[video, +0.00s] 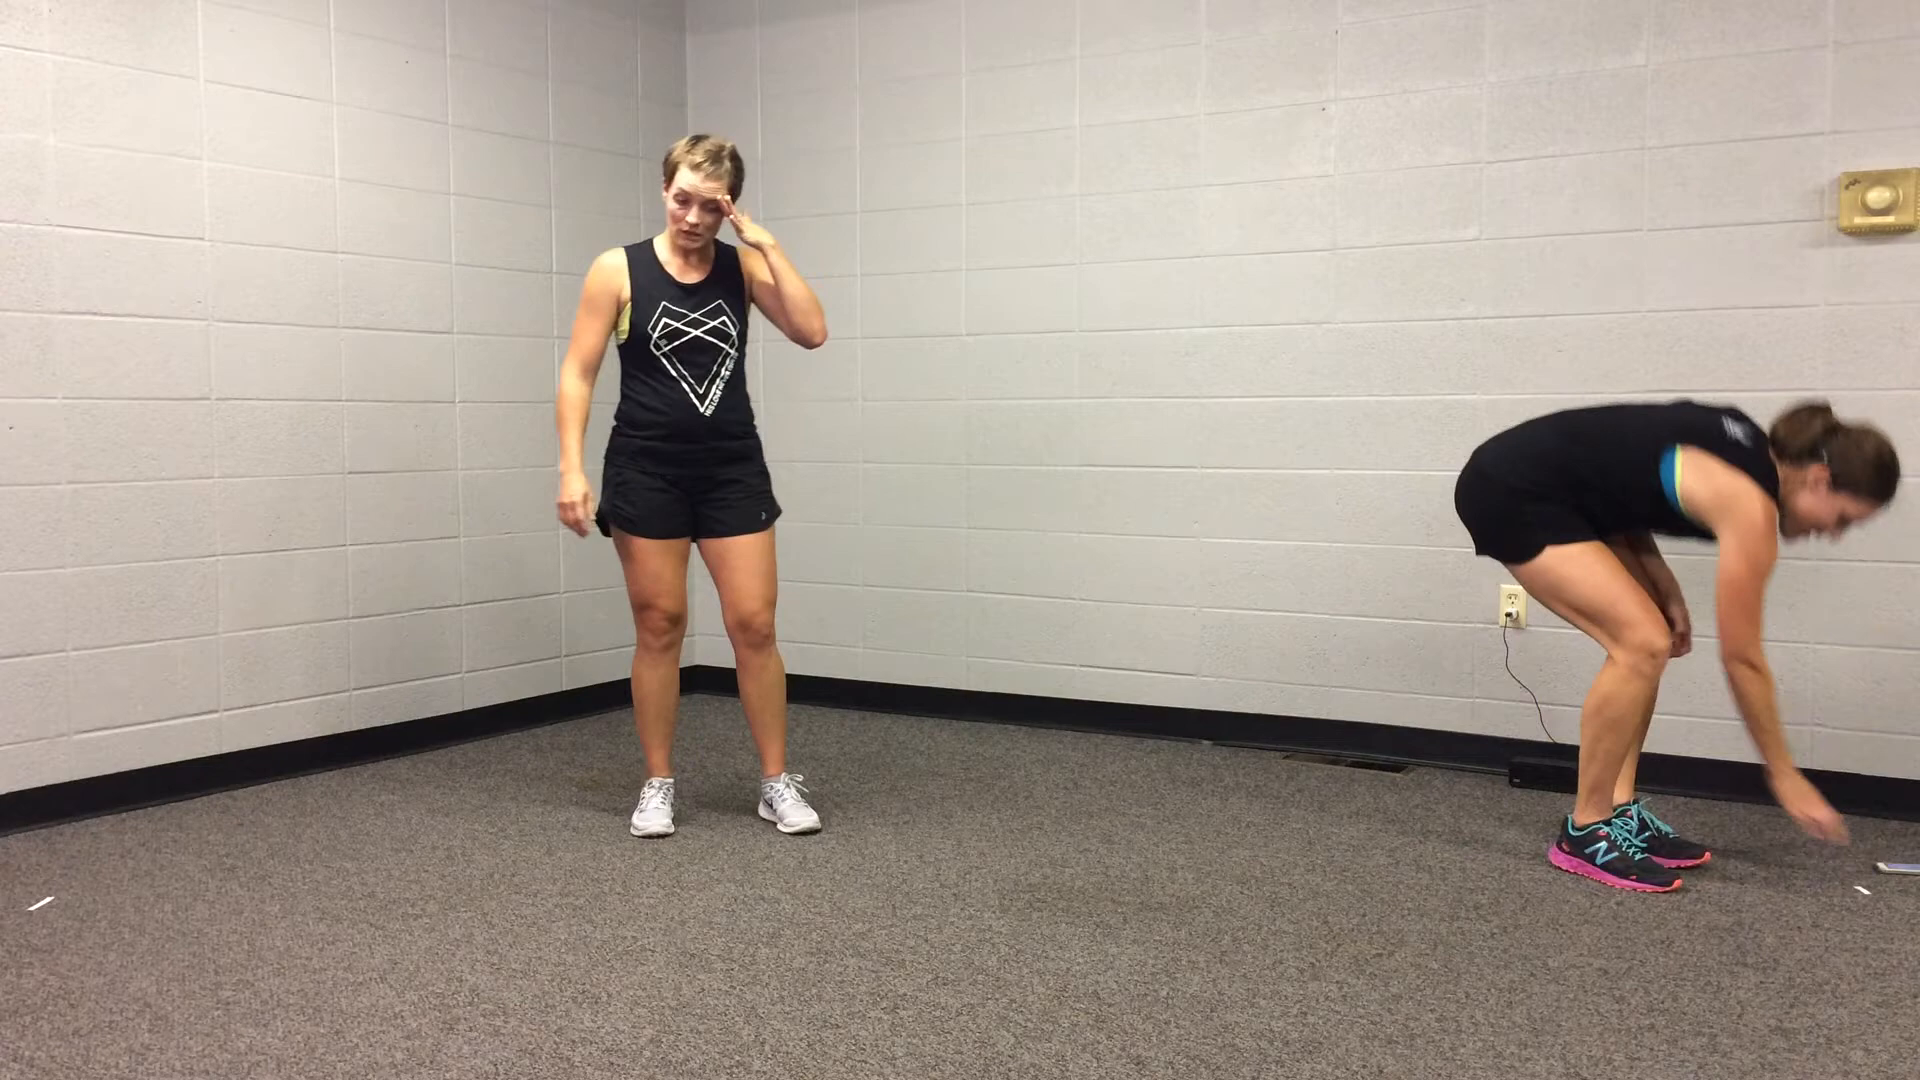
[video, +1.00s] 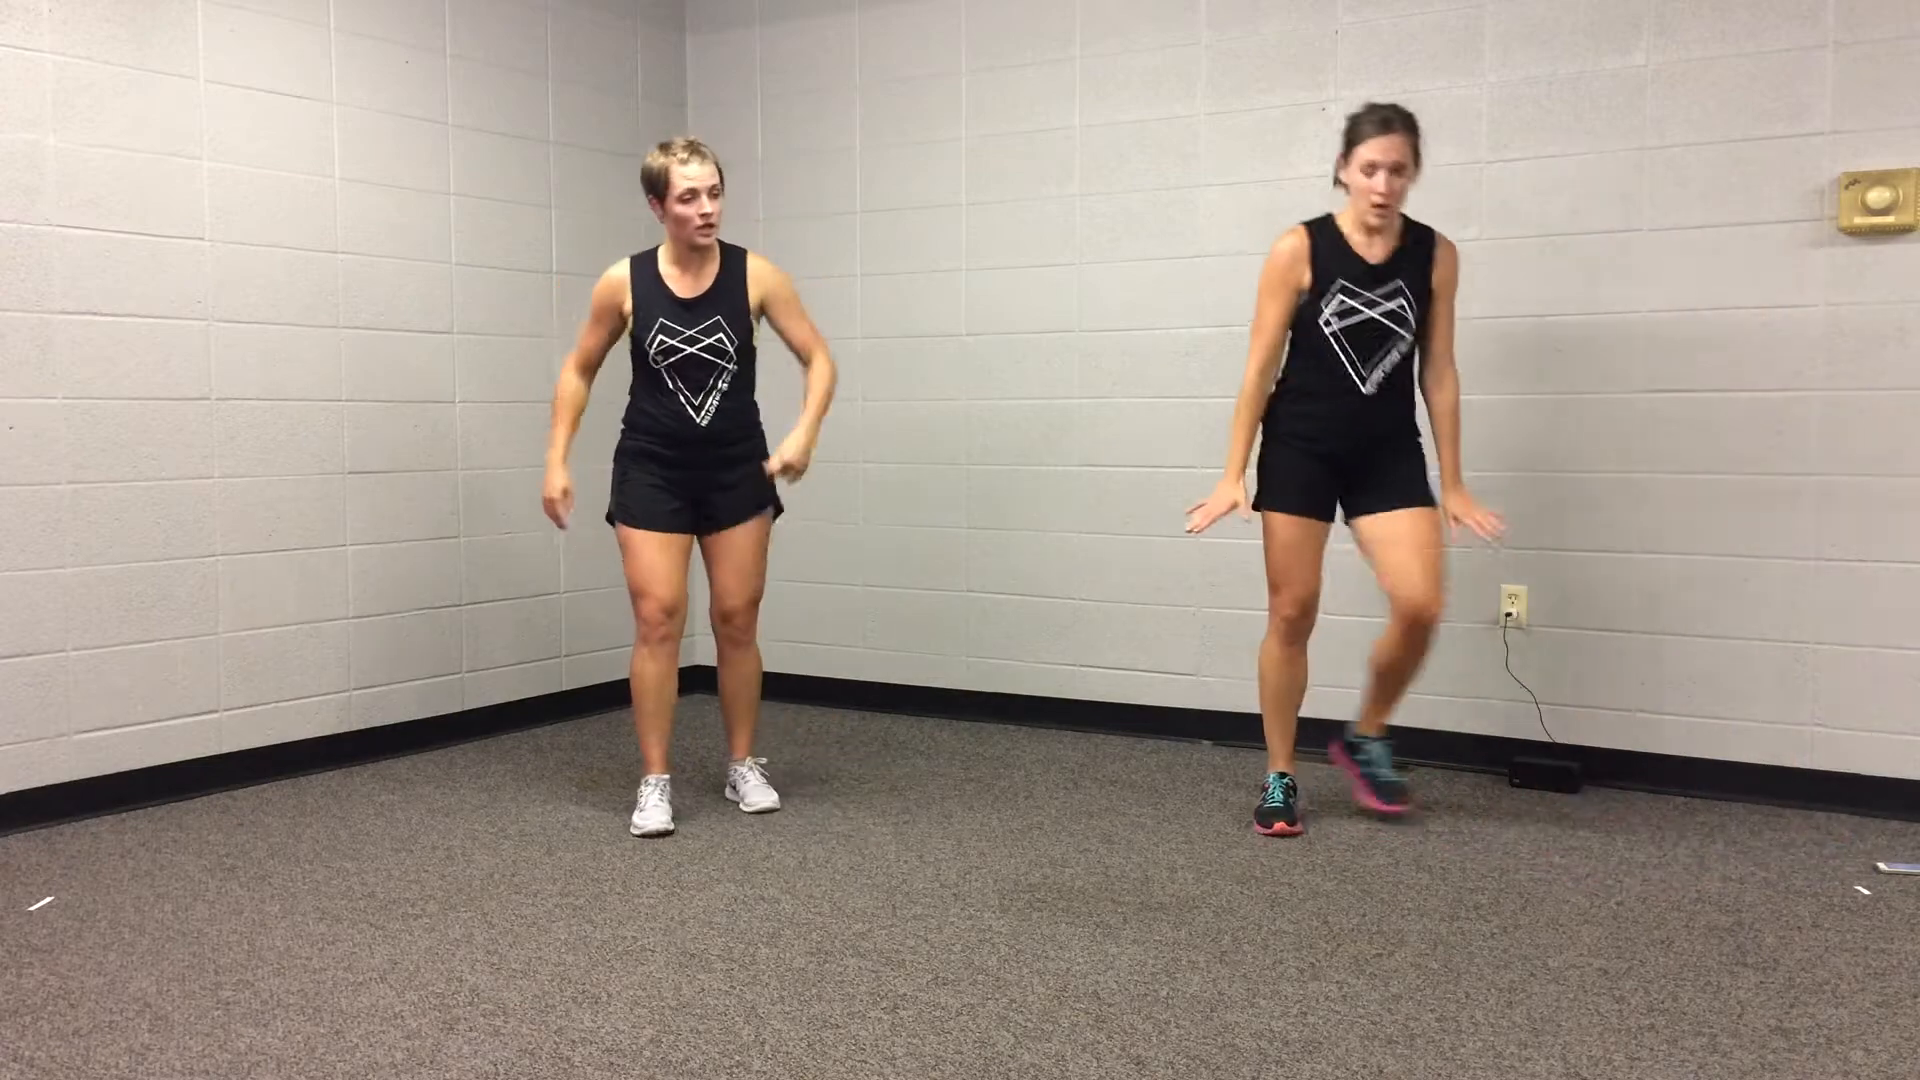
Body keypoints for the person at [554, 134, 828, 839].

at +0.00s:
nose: (694, 213)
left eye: (709, 203)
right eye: (685, 198)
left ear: (728, 209)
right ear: (666, 192)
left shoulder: (743, 269)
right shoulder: (617, 270)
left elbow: (811, 330)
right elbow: (578, 372)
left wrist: (765, 241)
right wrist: (571, 470)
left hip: (731, 469)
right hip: (646, 472)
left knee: (755, 624)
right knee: (659, 623)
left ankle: (776, 780)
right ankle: (658, 781)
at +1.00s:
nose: (707, 207)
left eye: (713, 193)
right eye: (690, 196)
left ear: (723, 197)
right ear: (659, 206)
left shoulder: (757, 277)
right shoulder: (623, 285)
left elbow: (819, 360)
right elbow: (580, 369)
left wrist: (804, 438)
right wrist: (556, 462)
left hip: (736, 470)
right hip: (652, 471)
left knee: (737, 618)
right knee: (657, 619)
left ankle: (743, 766)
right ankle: (654, 780)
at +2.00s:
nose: (674, 239)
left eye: (688, 227)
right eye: (662, 223)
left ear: (703, 225)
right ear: (635, 215)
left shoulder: (715, 275)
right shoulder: (598, 291)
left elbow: (803, 316)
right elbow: (637, 365)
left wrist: (856, 276)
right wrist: (721, 293)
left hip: (713, 476)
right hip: (631, 486)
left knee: (761, 606)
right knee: (639, 641)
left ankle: (782, 766)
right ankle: (641, 779)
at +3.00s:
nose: (674, 246)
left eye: (688, 232)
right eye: (661, 229)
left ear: (704, 229)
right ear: (634, 219)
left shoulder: (718, 299)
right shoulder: (588, 295)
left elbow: (764, 384)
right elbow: (586, 406)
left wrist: (842, 423)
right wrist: (673, 463)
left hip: (688, 489)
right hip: (601, 489)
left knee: (764, 628)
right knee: (574, 643)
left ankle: (813, 796)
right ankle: (547, 810)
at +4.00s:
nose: (650, 223)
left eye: (666, 215)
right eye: (640, 212)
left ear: (687, 231)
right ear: (623, 225)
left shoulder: (718, 313)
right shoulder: (582, 313)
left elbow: (762, 400)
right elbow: (558, 413)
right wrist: (575, 486)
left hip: (688, 499)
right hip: (599, 500)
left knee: (760, 623)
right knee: (581, 653)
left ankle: (804, 742)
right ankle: (570, 776)